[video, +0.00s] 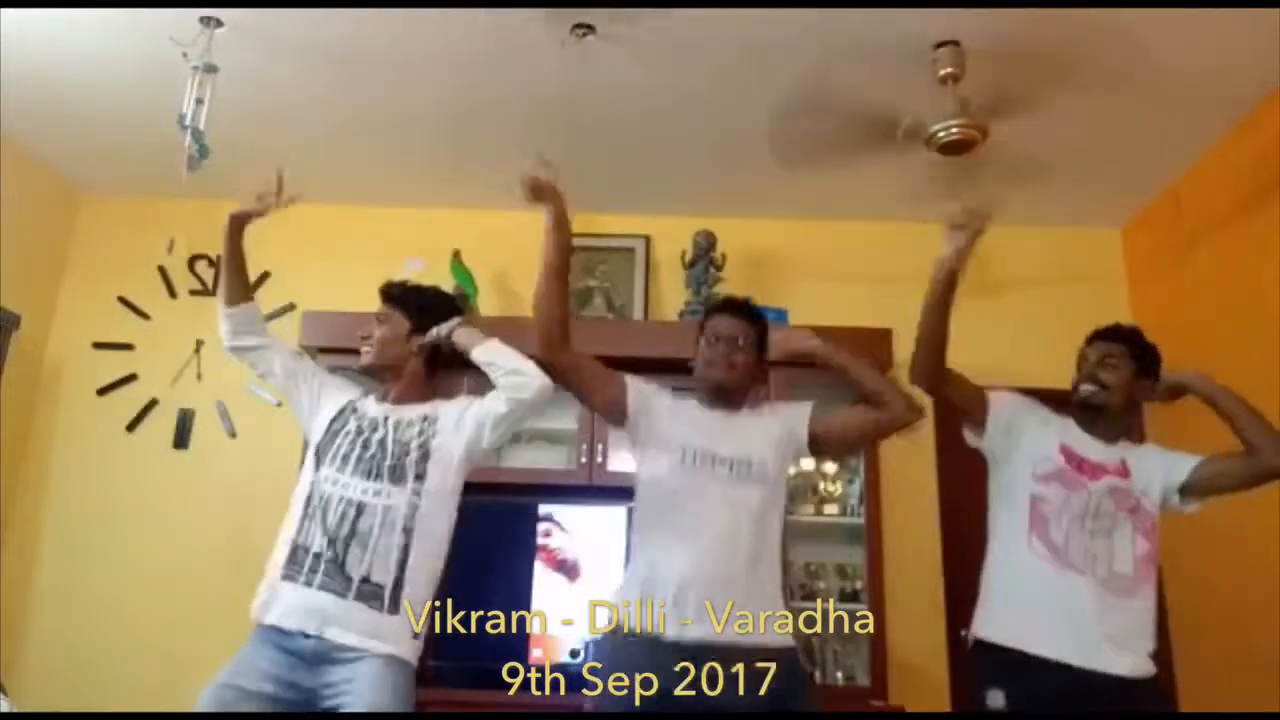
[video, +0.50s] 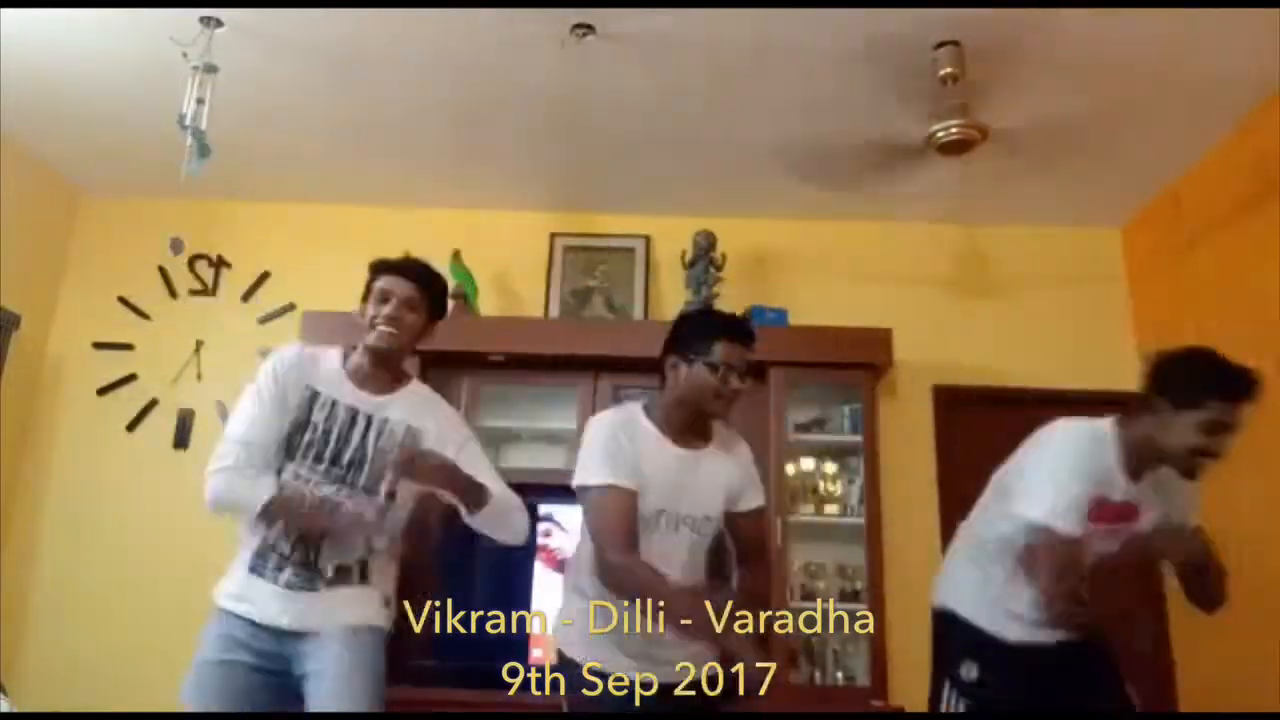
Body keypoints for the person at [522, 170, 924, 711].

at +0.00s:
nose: (723, 353)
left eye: (739, 345)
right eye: (713, 341)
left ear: (759, 365)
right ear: (695, 353)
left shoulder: (785, 426)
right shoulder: (649, 409)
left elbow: (900, 410)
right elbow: (554, 350)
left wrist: (822, 350)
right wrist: (556, 228)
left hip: (755, 658)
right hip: (647, 651)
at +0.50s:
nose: (735, 385)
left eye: (742, 374)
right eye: (722, 370)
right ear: (675, 368)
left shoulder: (733, 453)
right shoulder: (612, 432)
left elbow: (754, 559)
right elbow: (616, 566)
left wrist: (752, 641)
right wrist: (722, 634)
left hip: (690, 672)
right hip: (604, 668)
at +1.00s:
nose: (738, 412)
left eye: (746, 401)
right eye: (724, 396)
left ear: (753, 403)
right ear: (679, 390)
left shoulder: (744, 466)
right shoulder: (616, 464)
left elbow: (772, 572)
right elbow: (569, 600)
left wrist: (774, 635)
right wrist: (688, 629)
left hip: (689, 677)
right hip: (605, 675)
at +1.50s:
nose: (716, 379)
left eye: (734, 366)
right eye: (710, 367)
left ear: (780, 376)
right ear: (703, 370)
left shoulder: (827, 452)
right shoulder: (689, 448)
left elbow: (859, 580)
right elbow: (641, 563)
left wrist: (746, 534)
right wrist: (703, 632)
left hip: (810, 687)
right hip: (711, 684)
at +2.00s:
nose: (682, 431)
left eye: (696, 418)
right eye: (683, 419)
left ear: (747, 420)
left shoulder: (820, 473)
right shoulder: (710, 492)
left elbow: (842, 617)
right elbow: (701, 604)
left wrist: (742, 621)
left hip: (859, 672)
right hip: (783, 677)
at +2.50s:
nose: (737, 385)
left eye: (752, 373)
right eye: (726, 372)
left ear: (777, 388)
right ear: (710, 385)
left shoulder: (821, 470)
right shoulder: (675, 471)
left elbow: (872, 594)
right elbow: (637, 586)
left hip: (795, 694)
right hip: (691, 693)